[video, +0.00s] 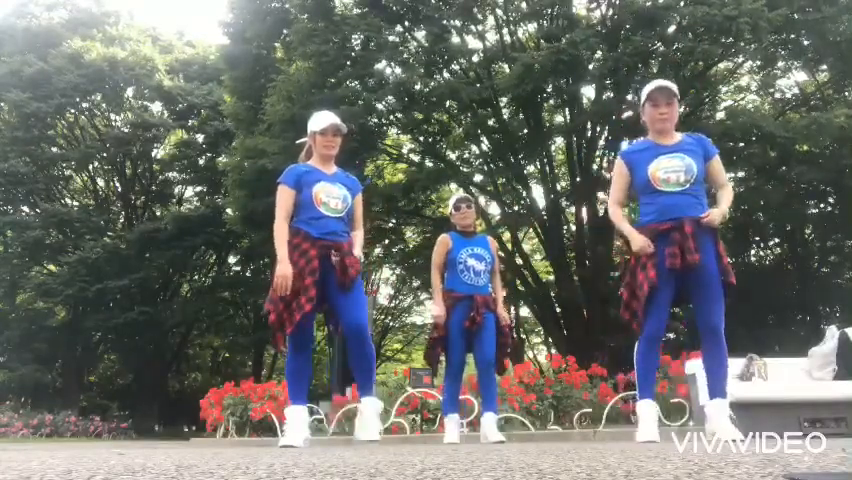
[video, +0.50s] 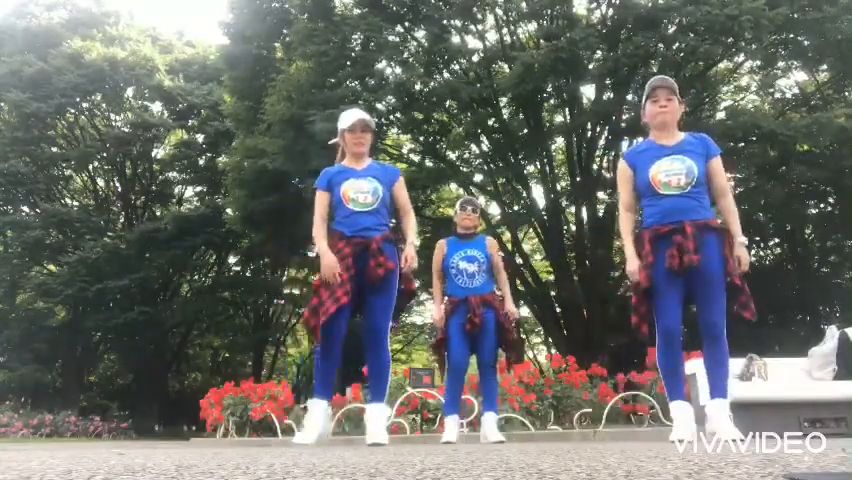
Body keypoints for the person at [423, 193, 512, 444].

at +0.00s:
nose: (463, 212)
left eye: (468, 208)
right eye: (458, 209)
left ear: (475, 212)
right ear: (451, 216)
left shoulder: (489, 242)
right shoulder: (446, 240)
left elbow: (496, 277)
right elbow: (435, 272)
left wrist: (500, 305)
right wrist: (438, 303)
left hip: (486, 304)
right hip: (457, 303)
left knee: (486, 361)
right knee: (455, 363)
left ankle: (489, 421)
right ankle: (451, 421)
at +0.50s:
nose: (468, 215)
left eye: (473, 212)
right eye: (463, 211)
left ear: (479, 218)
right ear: (455, 216)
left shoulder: (489, 243)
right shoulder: (443, 245)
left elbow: (500, 273)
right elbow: (437, 278)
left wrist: (508, 300)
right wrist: (438, 306)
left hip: (486, 306)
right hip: (456, 307)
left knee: (488, 362)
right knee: (458, 362)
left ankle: (490, 422)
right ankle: (451, 421)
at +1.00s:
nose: (468, 216)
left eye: (473, 213)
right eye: (463, 213)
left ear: (479, 219)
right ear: (455, 217)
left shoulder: (489, 246)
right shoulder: (444, 245)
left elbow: (496, 277)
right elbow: (433, 276)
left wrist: (497, 303)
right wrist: (431, 302)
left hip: (482, 306)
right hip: (454, 306)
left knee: (488, 361)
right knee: (452, 362)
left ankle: (498, 420)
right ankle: (449, 420)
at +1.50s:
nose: (455, 216)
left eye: (460, 212)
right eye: (451, 212)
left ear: (467, 216)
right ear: (444, 215)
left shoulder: (476, 243)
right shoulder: (431, 244)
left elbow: (486, 273)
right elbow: (417, 272)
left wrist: (491, 293)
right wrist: (419, 297)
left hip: (468, 305)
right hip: (439, 305)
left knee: (471, 363)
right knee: (436, 364)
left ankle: (480, 420)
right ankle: (431, 421)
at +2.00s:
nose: (425, 212)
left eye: (431, 209)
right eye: (421, 208)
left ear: (436, 216)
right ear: (413, 213)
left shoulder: (441, 240)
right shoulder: (396, 244)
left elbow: (460, 271)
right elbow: (386, 276)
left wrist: (452, 302)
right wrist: (389, 299)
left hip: (434, 309)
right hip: (404, 311)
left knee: (448, 366)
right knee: (388, 363)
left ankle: (473, 417)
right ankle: (395, 424)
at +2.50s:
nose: (445, 218)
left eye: (448, 214)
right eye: (440, 212)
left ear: (450, 218)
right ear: (426, 214)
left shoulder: (439, 247)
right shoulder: (416, 233)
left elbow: (441, 279)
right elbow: (388, 244)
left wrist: (469, 277)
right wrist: (421, 250)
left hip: (431, 313)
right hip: (410, 310)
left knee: (454, 362)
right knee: (397, 366)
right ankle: (368, 415)